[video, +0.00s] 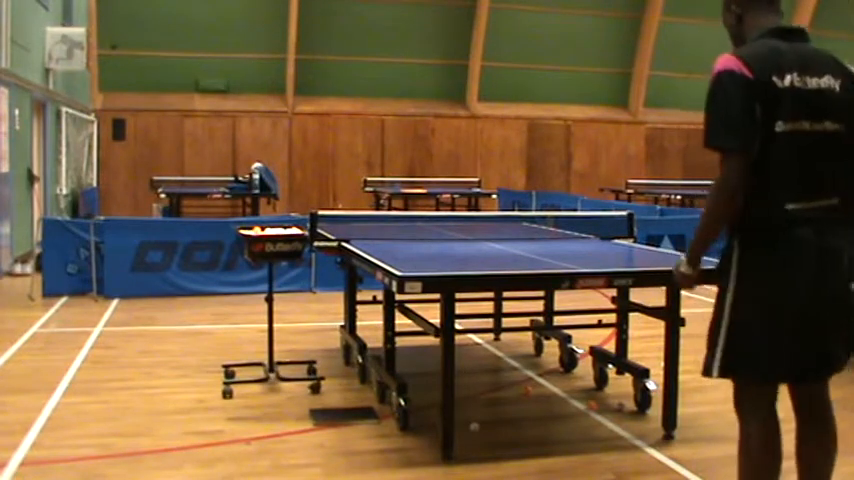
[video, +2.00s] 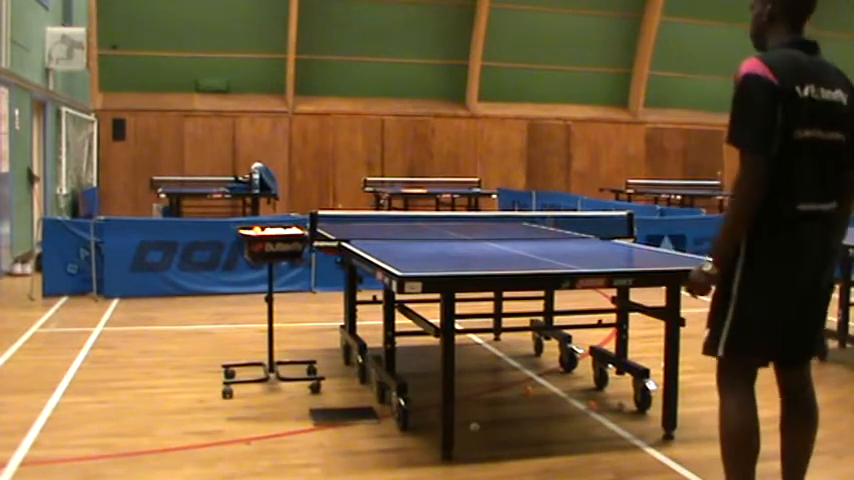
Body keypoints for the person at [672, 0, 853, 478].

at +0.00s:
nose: (726, 32)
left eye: (726, 20)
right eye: (728, 21)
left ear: (735, 13)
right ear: (780, 13)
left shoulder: (740, 67)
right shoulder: (837, 69)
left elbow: (733, 178)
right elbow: (845, 172)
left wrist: (692, 257)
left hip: (766, 257)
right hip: (830, 253)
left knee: (754, 400)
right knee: (813, 395)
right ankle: (815, 476)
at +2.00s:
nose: (749, 19)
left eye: (752, 9)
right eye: (752, 10)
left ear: (766, 11)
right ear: (803, 17)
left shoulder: (760, 73)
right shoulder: (838, 80)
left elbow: (752, 179)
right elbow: (846, 183)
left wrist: (717, 261)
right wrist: (826, 249)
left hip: (765, 251)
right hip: (816, 254)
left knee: (734, 375)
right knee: (796, 372)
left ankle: (739, 475)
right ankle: (793, 475)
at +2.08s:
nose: (746, 19)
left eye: (750, 9)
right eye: (749, 10)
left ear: (764, 12)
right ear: (800, 16)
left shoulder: (757, 73)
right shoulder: (836, 81)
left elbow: (750, 178)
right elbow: (845, 182)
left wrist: (714, 262)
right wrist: (825, 249)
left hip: (764, 251)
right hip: (815, 253)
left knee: (735, 377)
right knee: (795, 372)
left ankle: (739, 476)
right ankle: (793, 475)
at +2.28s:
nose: (738, 20)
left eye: (741, 10)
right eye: (741, 11)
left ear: (754, 11)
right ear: (791, 17)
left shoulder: (747, 73)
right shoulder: (831, 81)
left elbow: (737, 181)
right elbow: (839, 184)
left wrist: (710, 267)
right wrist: (817, 250)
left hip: (755, 252)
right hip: (808, 252)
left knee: (739, 381)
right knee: (794, 374)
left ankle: (743, 476)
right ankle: (793, 475)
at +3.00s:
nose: (718, 28)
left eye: (719, 19)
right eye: (720, 19)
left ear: (727, 16)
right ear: (772, 14)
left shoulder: (726, 75)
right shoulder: (832, 75)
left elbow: (715, 185)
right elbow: (844, 178)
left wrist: (686, 274)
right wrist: (808, 218)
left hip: (748, 250)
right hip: (810, 247)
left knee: (744, 398)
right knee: (798, 385)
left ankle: (744, 475)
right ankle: (813, 475)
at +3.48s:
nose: (767, 30)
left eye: (767, 20)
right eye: (767, 21)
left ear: (777, 17)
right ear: (820, 15)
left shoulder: (778, 69)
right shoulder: (853, 66)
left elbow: (770, 180)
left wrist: (742, 272)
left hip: (792, 260)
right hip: (847, 259)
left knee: (750, 388)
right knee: (839, 394)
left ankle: (749, 478)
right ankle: (837, 474)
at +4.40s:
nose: (716, 28)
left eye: (719, 18)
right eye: (719, 19)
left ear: (730, 18)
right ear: (773, 17)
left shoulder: (725, 75)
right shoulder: (827, 79)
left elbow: (691, 160)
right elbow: (820, 155)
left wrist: (703, 82)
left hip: (736, 244)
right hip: (796, 244)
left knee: (721, 389)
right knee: (786, 380)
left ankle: (713, 477)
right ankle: (807, 476)